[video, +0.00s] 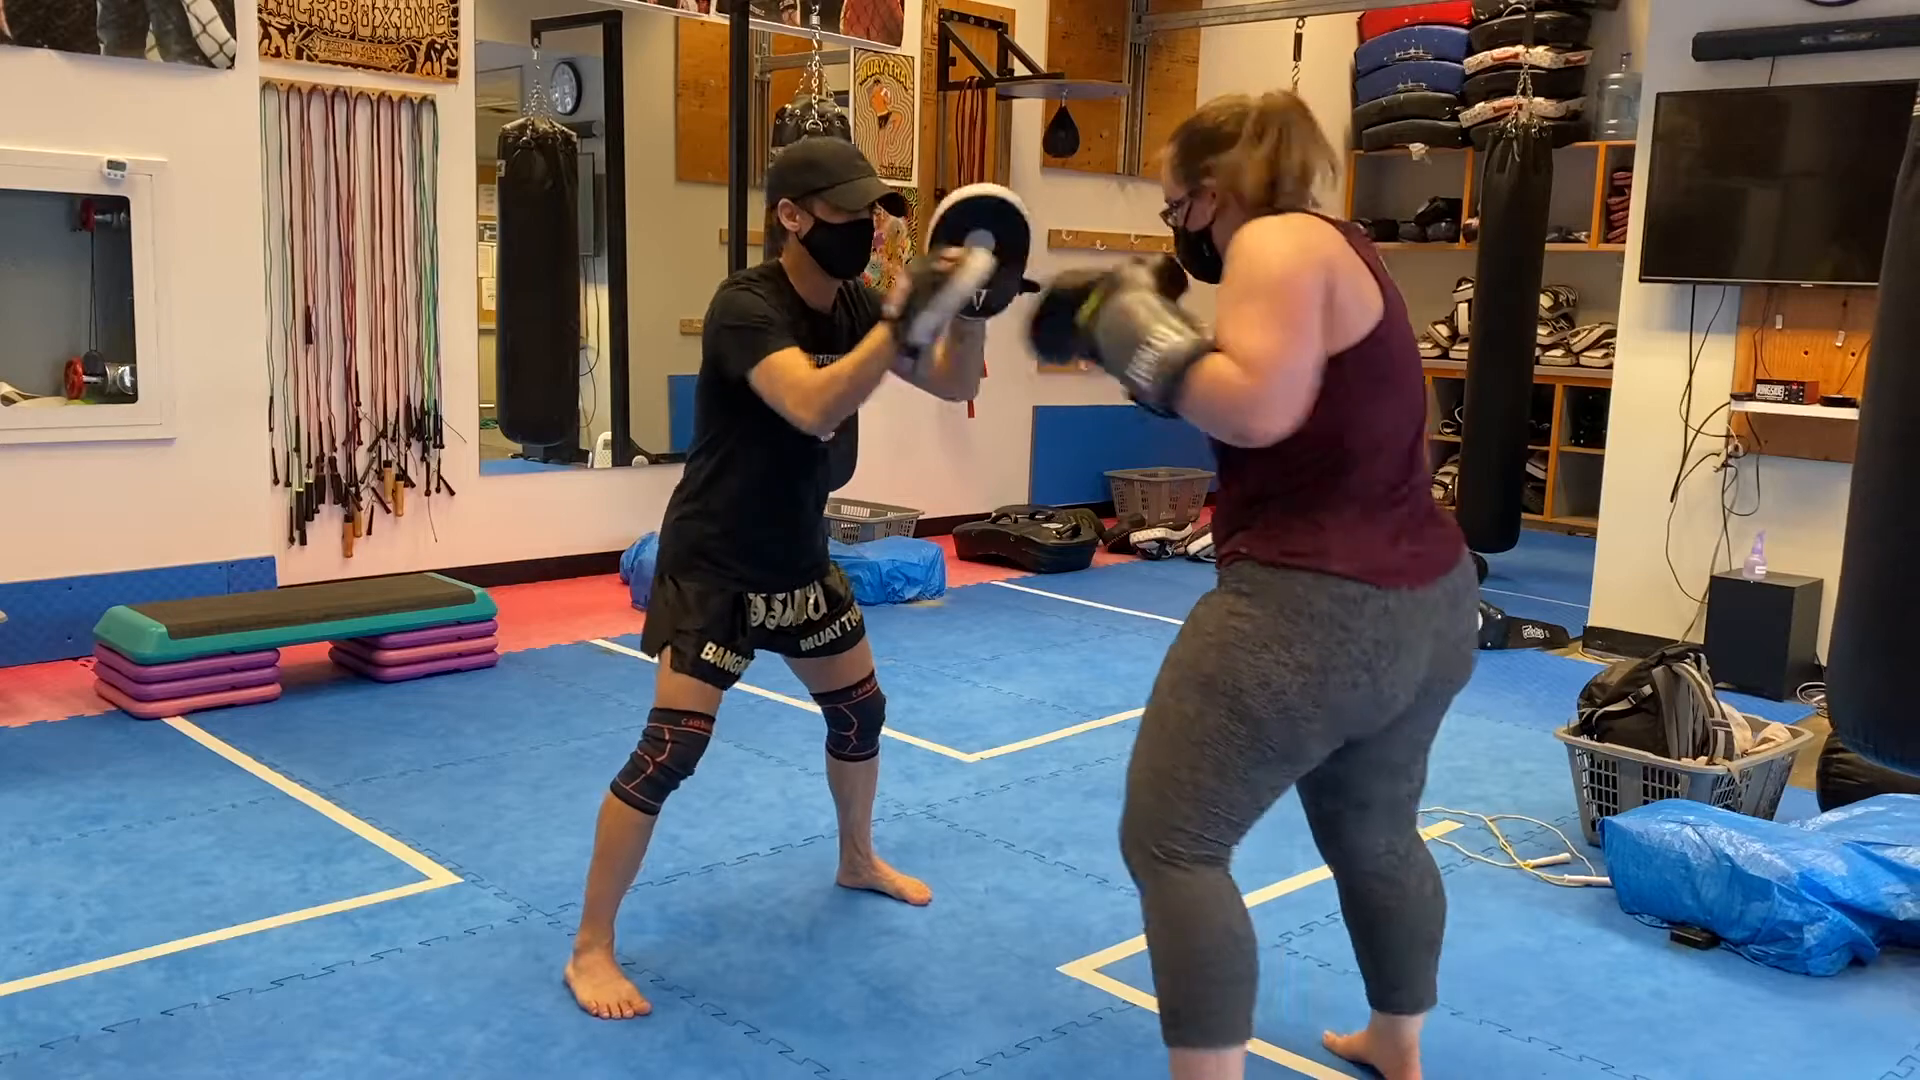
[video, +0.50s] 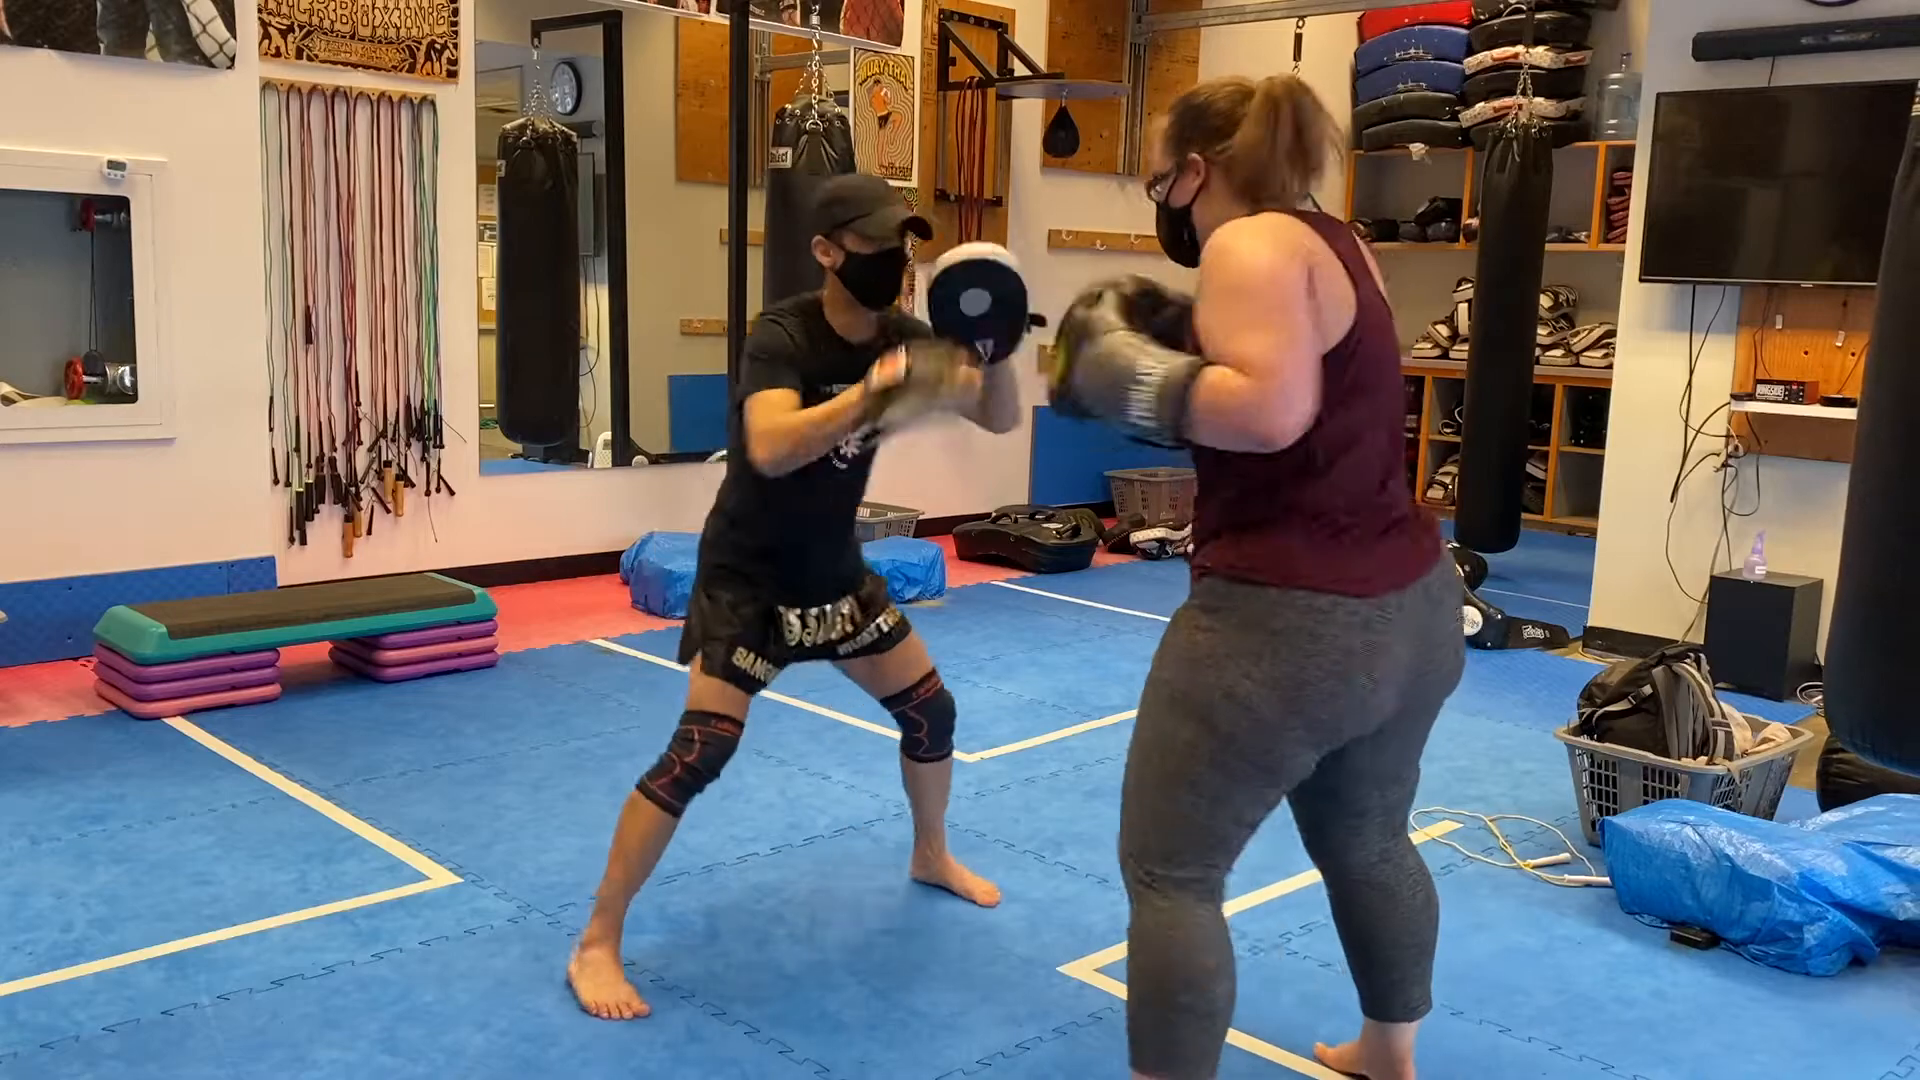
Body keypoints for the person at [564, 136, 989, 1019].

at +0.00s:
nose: (871, 228)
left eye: (873, 212)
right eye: (854, 213)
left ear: (864, 218)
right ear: (796, 215)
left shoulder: (854, 303)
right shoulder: (743, 308)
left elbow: (954, 382)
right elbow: (816, 406)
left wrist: (959, 296)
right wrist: (901, 318)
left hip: (800, 552)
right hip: (714, 555)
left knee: (859, 712)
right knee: (673, 745)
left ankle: (858, 861)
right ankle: (592, 947)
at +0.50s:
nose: (898, 263)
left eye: (902, 247)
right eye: (880, 250)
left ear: (908, 243)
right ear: (829, 250)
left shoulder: (904, 338)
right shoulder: (777, 335)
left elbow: (1001, 417)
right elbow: (769, 448)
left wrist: (993, 340)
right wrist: (872, 392)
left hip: (834, 562)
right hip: (747, 566)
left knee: (929, 712)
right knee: (704, 745)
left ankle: (932, 856)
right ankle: (599, 941)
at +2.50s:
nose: (475, 245)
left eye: (483, 228)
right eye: (454, 232)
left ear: (495, 228)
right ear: (405, 235)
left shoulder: (532, 335)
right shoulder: (358, 338)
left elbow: (642, 383)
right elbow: (277, 456)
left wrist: (628, 300)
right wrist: (337, 452)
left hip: (503, 581)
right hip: (383, 585)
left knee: (572, 743)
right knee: (293, 750)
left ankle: (653, 911)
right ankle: (267, 874)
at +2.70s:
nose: (449, 259)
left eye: (460, 241)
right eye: (429, 246)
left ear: (473, 235)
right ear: (381, 243)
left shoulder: (501, 333)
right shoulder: (336, 334)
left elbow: (608, 394)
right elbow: (273, 454)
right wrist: (330, 464)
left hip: (486, 560)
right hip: (371, 570)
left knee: (575, 728)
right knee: (285, 742)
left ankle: (639, 883)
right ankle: (266, 872)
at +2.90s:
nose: (531, 297)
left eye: (541, 279)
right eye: (511, 283)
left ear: (560, 274)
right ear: (481, 284)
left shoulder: (585, 357)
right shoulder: (432, 362)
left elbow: (630, 461)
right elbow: (352, 454)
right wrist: (404, 506)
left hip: (560, 584)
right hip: (441, 586)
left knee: (623, 731)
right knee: (335, 745)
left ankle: (669, 874)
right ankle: (264, 870)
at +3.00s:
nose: (577, 276)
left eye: (592, 257)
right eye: (562, 258)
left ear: (611, 258)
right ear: (532, 259)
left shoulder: (643, 342)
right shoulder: (501, 338)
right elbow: (438, 419)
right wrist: (455, 483)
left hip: (614, 566)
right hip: (514, 558)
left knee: (649, 716)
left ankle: (673, 872)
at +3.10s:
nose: (622, 255)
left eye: (633, 229)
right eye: (606, 233)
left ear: (663, 219)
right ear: (591, 233)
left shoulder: (712, 312)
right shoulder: (574, 301)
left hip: (675, 534)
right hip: (573, 524)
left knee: (679, 692)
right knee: (484, 675)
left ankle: (680, 863)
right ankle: (440, 838)